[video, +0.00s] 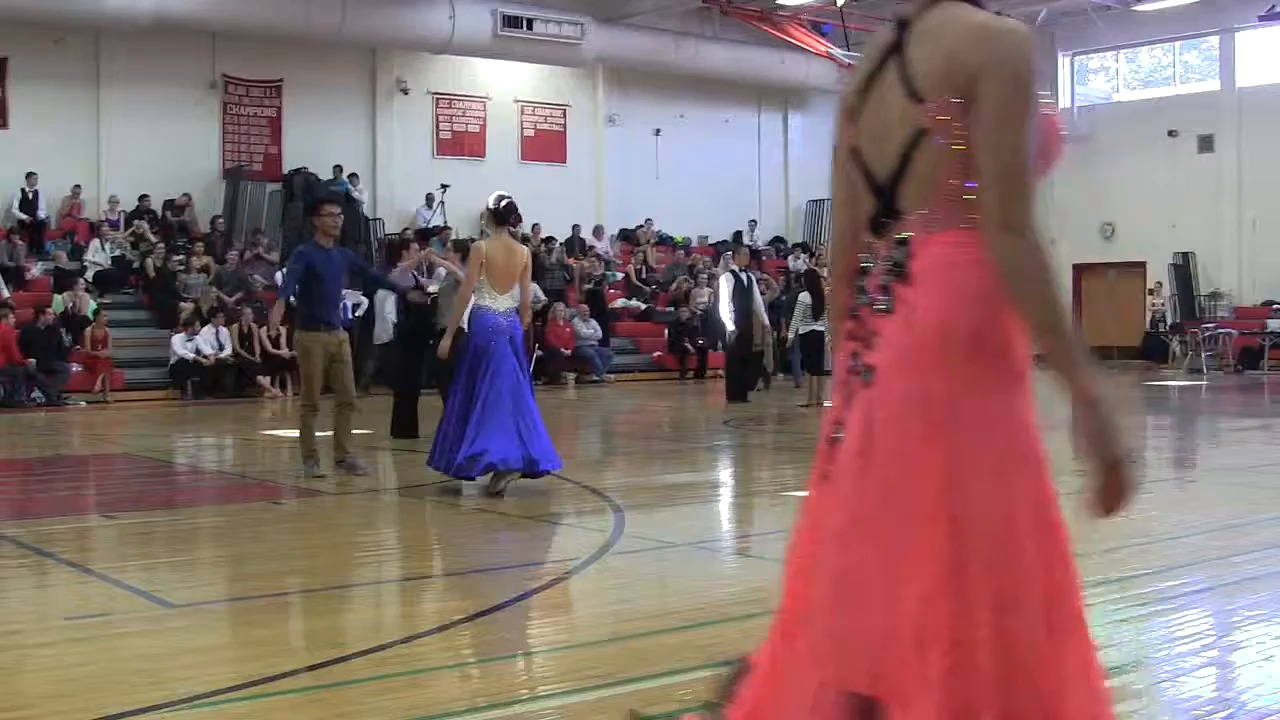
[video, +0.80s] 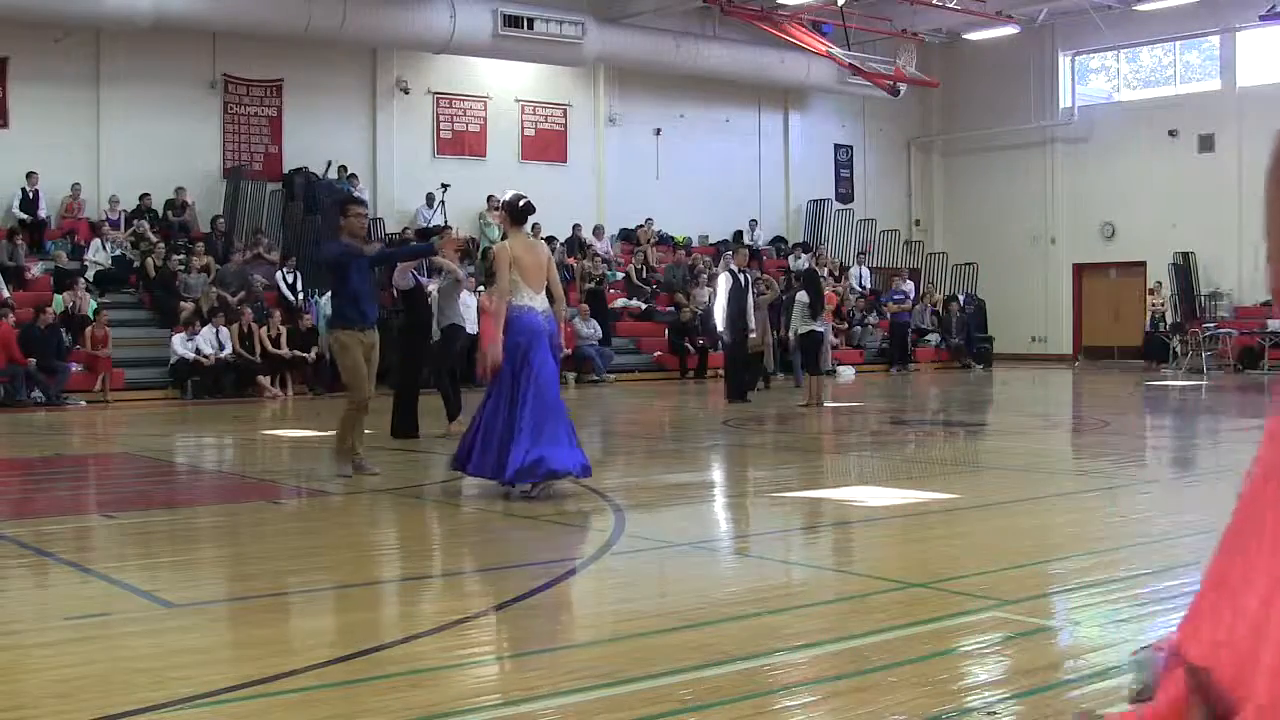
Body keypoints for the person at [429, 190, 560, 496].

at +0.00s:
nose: (482, 219)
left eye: (484, 215)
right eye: (486, 215)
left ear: (488, 218)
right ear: (511, 220)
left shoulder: (480, 248)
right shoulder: (523, 252)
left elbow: (467, 291)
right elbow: (525, 300)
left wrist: (450, 332)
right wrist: (522, 331)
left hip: (483, 325)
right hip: (511, 326)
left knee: (482, 391)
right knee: (505, 392)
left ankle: (498, 458)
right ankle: (503, 458)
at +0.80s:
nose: (498, 218)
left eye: (500, 214)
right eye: (500, 213)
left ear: (505, 217)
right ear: (527, 218)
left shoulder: (503, 249)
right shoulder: (543, 248)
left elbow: (503, 294)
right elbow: (559, 296)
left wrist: (496, 339)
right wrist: (559, 331)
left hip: (519, 324)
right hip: (544, 325)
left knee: (522, 394)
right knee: (539, 393)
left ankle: (531, 464)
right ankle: (537, 462)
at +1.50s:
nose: (519, 211)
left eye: (521, 206)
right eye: (521, 206)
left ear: (530, 211)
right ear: (546, 211)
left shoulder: (521, 247)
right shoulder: (560, 246)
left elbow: (506, 290)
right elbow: (554, 287)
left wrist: (505, 316)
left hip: (529, 321)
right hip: (552, 320)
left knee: (535, 393)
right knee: (553, 389)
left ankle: (543, 467)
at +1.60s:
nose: (520, 210)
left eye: (522, 206)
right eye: (522, 205)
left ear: (530, 211)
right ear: (547, 212)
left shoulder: (521, 247)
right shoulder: (560, 247)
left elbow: (506, 291)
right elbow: (553, 286)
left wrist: (506, 317)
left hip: (528, 322)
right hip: (552, 321)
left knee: (532, 393)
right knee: (555, 389)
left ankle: (542, 465)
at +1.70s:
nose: (520, 211)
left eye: (523, 207)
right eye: (523, 206)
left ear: (529, 212)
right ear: (548, 212)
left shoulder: (521, 248)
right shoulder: (559, 248)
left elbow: (507, 290)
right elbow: (549, 284)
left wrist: (503, 317)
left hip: (529, 322)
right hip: (552, 321)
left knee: (532, 392)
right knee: (555, 390)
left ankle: (539, 463)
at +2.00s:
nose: (516, 214)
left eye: (519, 210)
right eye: (518, 209)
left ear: (526, 214)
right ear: (544, 215)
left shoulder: (522, 250)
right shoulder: (552, 249)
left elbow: (502, 288)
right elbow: (538, 283)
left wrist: (488, 315)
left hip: (523, 325)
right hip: (546, 324)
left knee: (515, 394)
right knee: (547, 393)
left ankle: (511, 467)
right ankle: (550, 463)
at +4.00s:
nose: (490, 214)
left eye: (493, 209)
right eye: (492, 209)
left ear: (500, 216)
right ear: (517, 217)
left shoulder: (497, 248)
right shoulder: (523, 247)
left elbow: (459, 222)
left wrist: (441, 183)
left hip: (491, 323)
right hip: (512, 322)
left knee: (491, 393)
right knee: (507, 391)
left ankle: (494, 463)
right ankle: (505, 462)